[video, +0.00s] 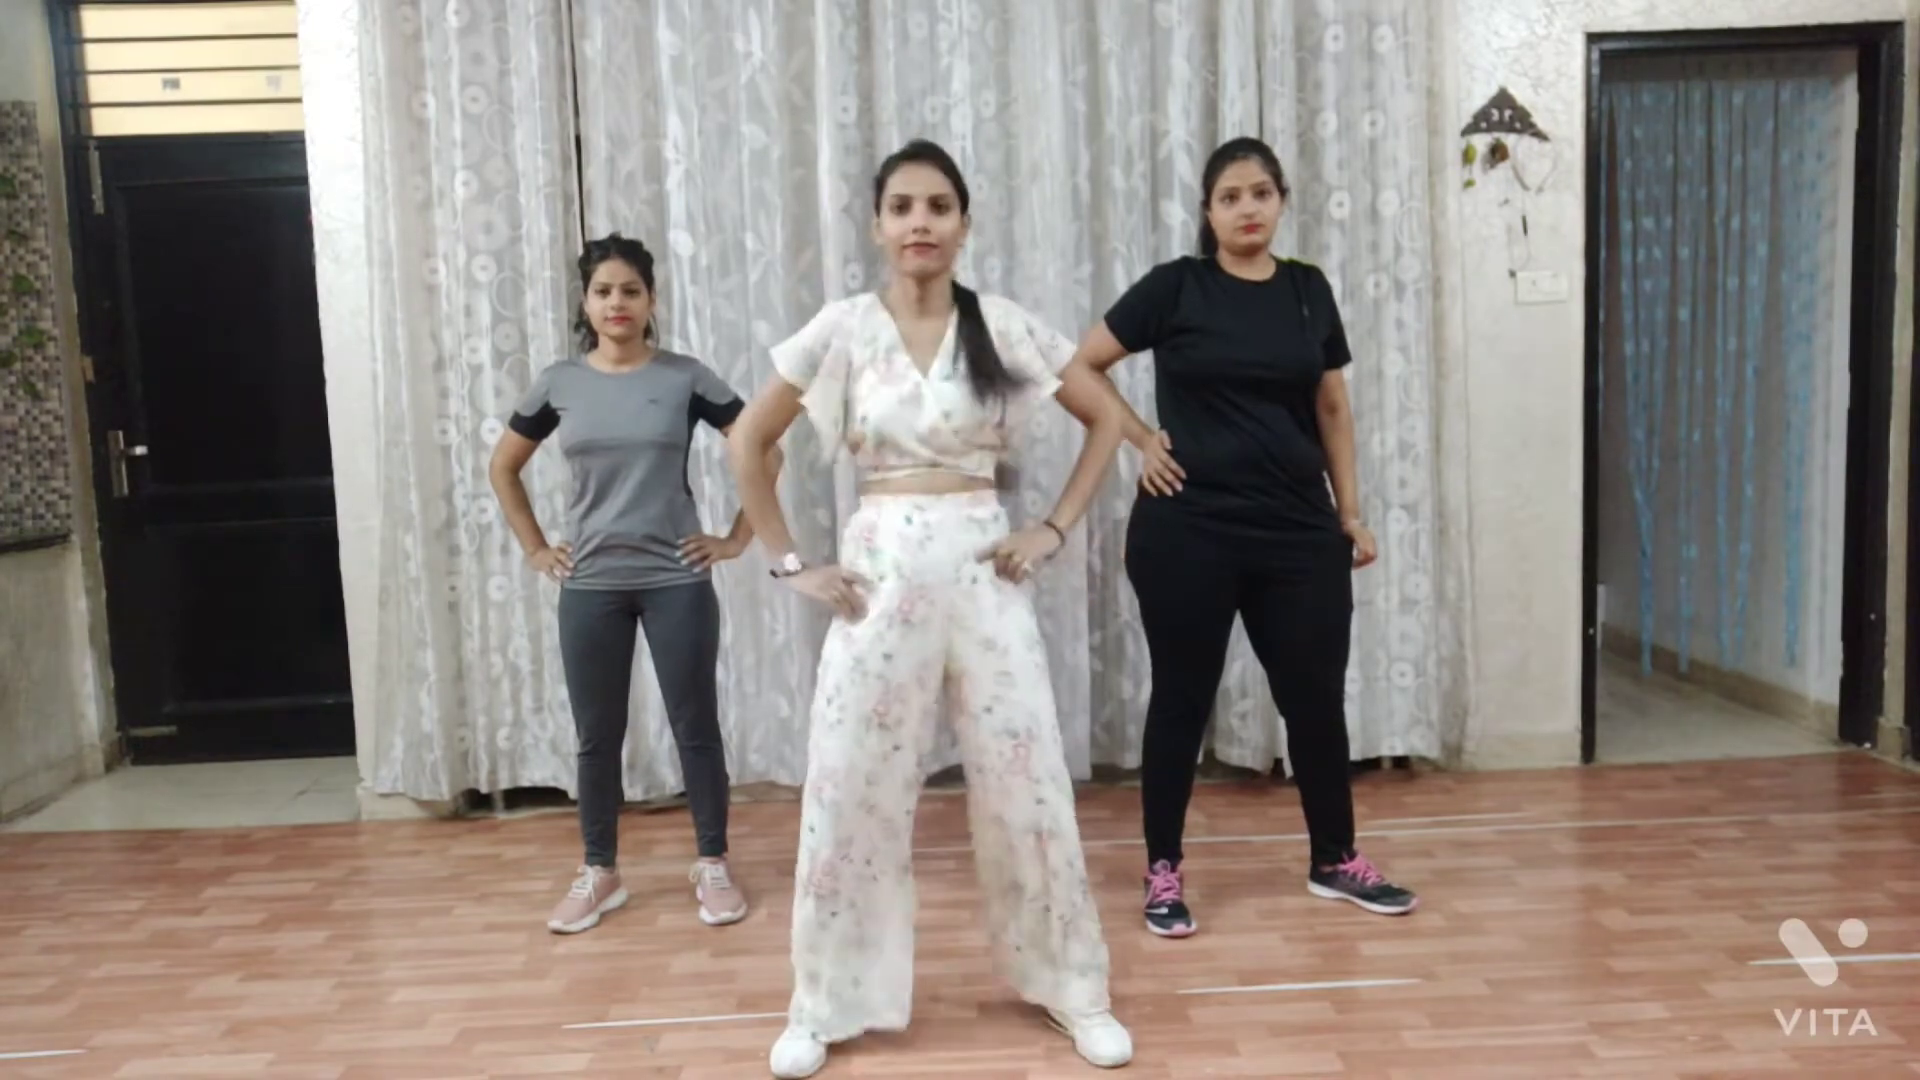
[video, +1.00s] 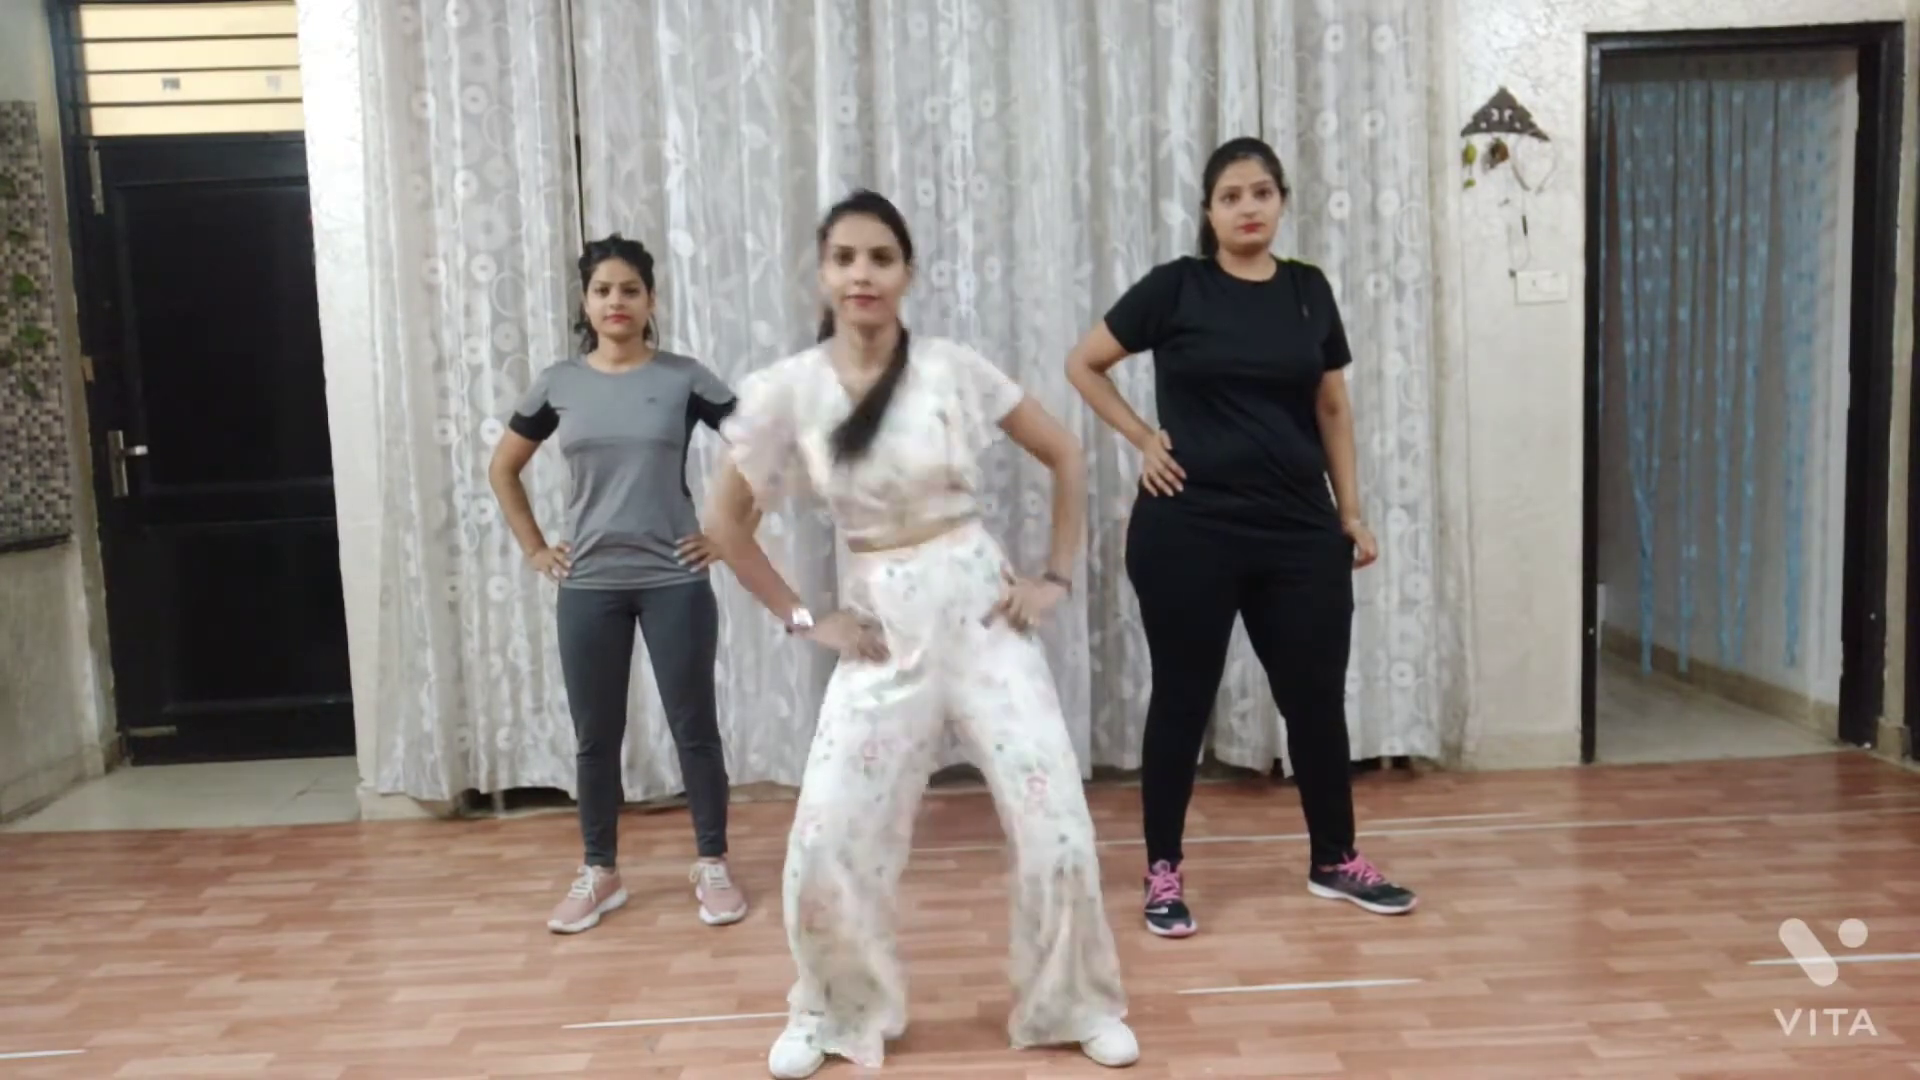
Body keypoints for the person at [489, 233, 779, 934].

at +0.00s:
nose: (617, 303)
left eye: (630, 290)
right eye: (603, 291)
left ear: (651, 300)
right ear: (585, 302)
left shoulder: (686, 379)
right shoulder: (559, 383)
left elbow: (767, 450)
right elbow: (503, 466)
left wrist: (738, 535)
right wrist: (537, 548)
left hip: (676, 574)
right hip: (591, 580)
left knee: (696, 726)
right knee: (597, 736)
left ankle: (712, 866)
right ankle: (599, 871)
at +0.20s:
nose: (617, 303)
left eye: (630, 291)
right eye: (604, 292)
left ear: (650, 301)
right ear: (585, 303)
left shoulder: (686, 378)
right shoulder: (558, 385)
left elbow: (764, 451)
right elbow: (503, 467)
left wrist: (737, 538)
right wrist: (537, 549)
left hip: (676, 574)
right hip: (591, 579)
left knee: (695, 725)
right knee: (596, 736)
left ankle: (713, 866)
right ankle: (599, 872)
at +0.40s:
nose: (616, 302)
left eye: (629, 290)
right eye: (603, 291)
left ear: (651, 300)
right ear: (584, 302)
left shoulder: (686, 378)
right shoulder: (558, 384)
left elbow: (766, 455)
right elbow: (502, 468)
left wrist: (736, 538)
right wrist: (537, 549)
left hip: (675, 574)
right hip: (590, 579)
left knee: (695, 727)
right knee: (596, 736)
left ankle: (712, 866)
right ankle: (599, 872)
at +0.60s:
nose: (615, 302)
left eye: (629, 290)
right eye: (602, 290)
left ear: (650, 301)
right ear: (584, 302)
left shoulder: (685, 379)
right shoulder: (558, 385)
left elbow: (769, 457)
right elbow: (503, 469)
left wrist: (737, 538)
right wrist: (538, 549)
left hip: (675, 576)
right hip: (589, 581)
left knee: (694, 726)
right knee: (595, 736)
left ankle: (713, 865)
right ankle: (599, 872)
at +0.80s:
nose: (616, 302)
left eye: (629, 290)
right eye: (602, 290)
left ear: (650, 300)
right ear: (584, 302)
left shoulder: (685, 381)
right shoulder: (558, 384)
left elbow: (764, 452)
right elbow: (502, 468)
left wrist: (739, 536)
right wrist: (537, 548)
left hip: (674, 575)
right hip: (589, 580)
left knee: (694, 728)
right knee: (596, 738)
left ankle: (713, 865)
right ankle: (599, 872)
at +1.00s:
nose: (617, 302)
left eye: (630, 291)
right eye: (604, 291)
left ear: (650, 301)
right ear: (586, 303)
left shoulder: (686, 379)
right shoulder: (558, 384)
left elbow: (764, 453)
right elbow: (503, 468)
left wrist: (728, 533)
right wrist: (536, 549)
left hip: (674, 575)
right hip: (589, 580)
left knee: (693, 726)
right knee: (595, 737)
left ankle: (713, 865)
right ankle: (599, 872)